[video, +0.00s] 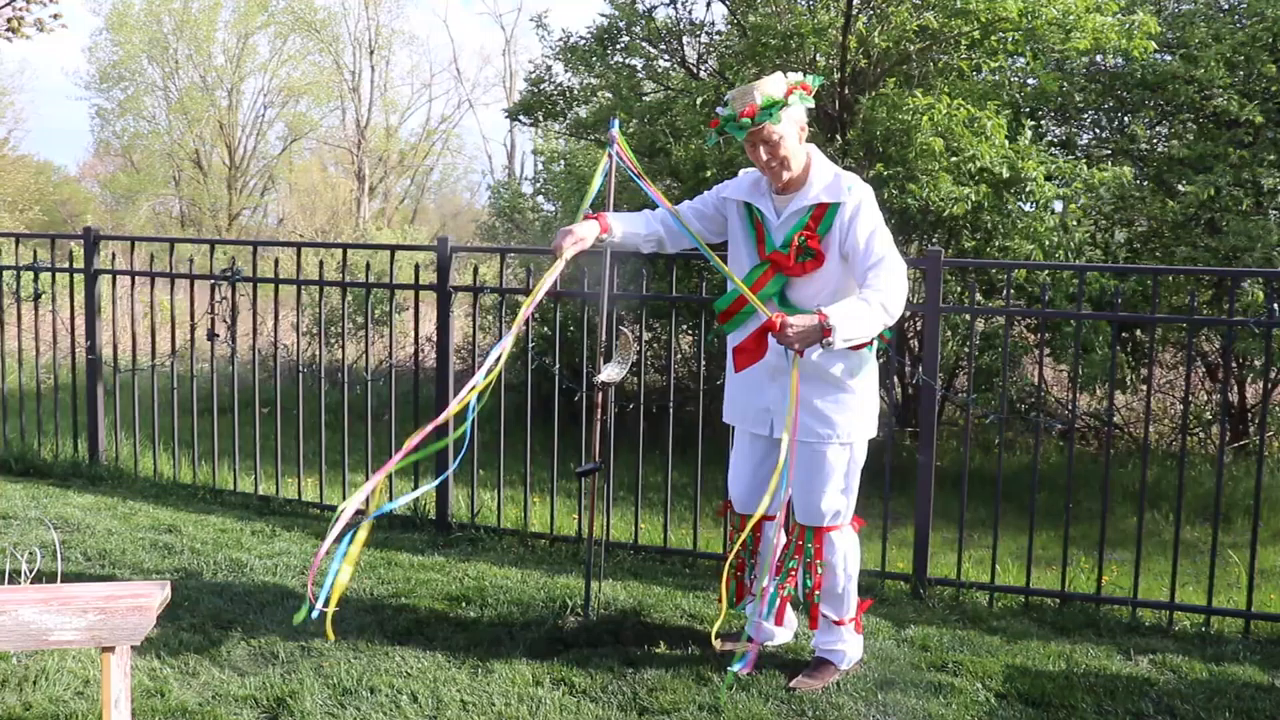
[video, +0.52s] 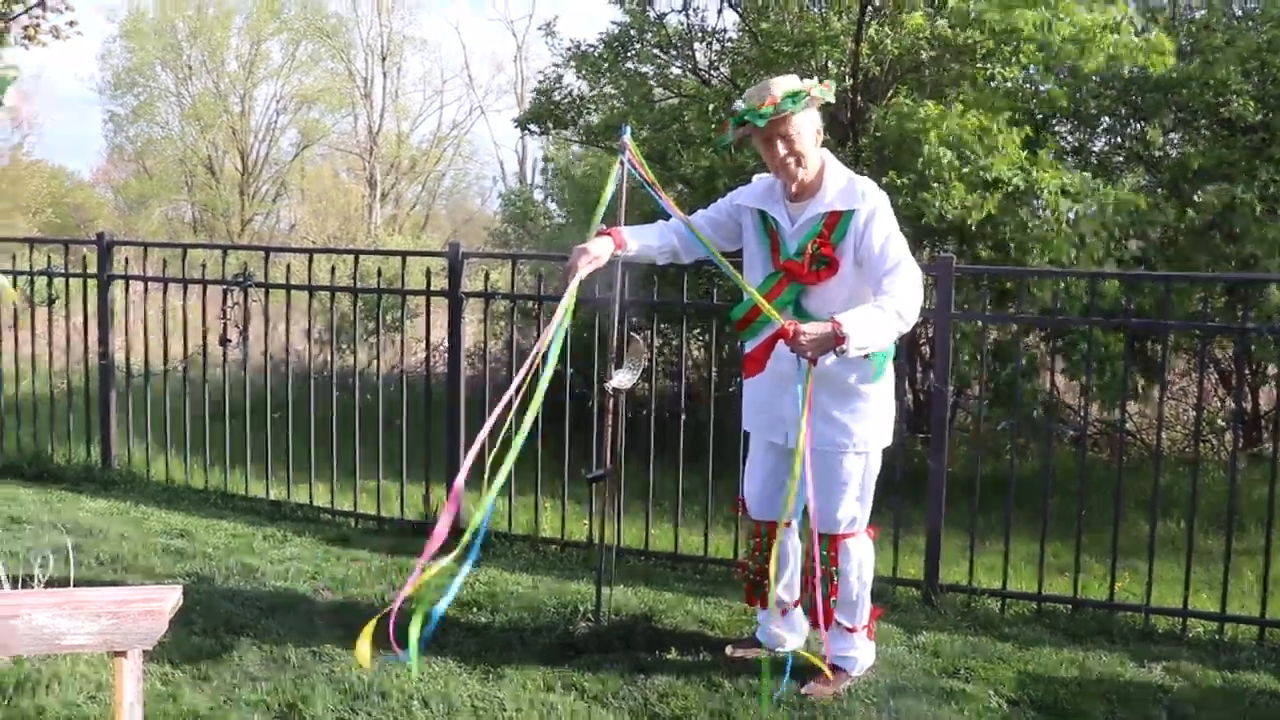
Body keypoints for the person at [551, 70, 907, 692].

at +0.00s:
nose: (763, 155)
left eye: (774, 140)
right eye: (752, 143)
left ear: (804, 129)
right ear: (744, 143)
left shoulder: (850, 198)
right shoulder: (738, 194)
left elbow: (889, 287)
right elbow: (668, 225)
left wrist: (825, 323)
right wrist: (598, 227)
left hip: (833, 389)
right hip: (756, 382)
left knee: (826, 518)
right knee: (756, 508)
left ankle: (836, 647)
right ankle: (765, 630)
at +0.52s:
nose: (784, 153)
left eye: (794, 139)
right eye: (770, 143)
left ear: (819, 131)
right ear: (756, 147)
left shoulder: (864, 203)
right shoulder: (751, 202)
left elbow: (904, 294)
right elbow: (683, 235)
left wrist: (842, 330)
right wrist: (613, 241)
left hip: (849, 392)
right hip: (773, 385)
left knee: (840, 524)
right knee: (768, 512)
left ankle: (847, 657)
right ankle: (779, 636)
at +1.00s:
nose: (784, 154)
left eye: (794, 140)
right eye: (771, 143)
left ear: (822, 131)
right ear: (758, 146)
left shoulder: (866, 205)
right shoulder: (753, 201)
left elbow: (908, 294)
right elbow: (684, 237)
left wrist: (847, 330)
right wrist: (615, 244)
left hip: (849, 395)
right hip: (773, 388)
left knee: (842, 526)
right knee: (768, 510)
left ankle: (849, 654)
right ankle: (779, 634)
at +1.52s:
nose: (771, 157)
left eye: (781, 143)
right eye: (762, 146)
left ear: (818, 135)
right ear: (757, 146)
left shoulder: (867, 205)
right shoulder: (755, 202)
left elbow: (910, 293)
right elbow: (685, 238)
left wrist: (851, 332)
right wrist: (616, 246)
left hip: (849, 395)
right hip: (773, 388)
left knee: (843, 526)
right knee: (772, 513)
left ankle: (848, 654)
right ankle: (780, 634)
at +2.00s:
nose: (775, 158)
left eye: (785, 143)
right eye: (766, 146)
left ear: (821, 134)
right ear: (761, 146)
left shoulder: (871, 206)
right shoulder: (758, 202)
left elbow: (914, 293)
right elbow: (689, 237)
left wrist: (856, 332)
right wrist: (619, 246)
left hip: (850, 396)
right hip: (774, 389)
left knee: (843, 526)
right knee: (770, 512)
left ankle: (848, 656)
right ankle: (779, 635)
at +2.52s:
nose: (774, 157)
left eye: (784, 144)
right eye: (767, 145)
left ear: (824, 135)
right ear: (766, 146)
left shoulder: (875, 206)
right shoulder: (761, 203)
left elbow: (918, 293)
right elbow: (692, 236)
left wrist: (862, 331)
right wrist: (622, 247)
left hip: (854, 392)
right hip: (779, 384)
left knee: (844, 524)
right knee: (772, 510)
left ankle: (849, 656)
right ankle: (779, 634)